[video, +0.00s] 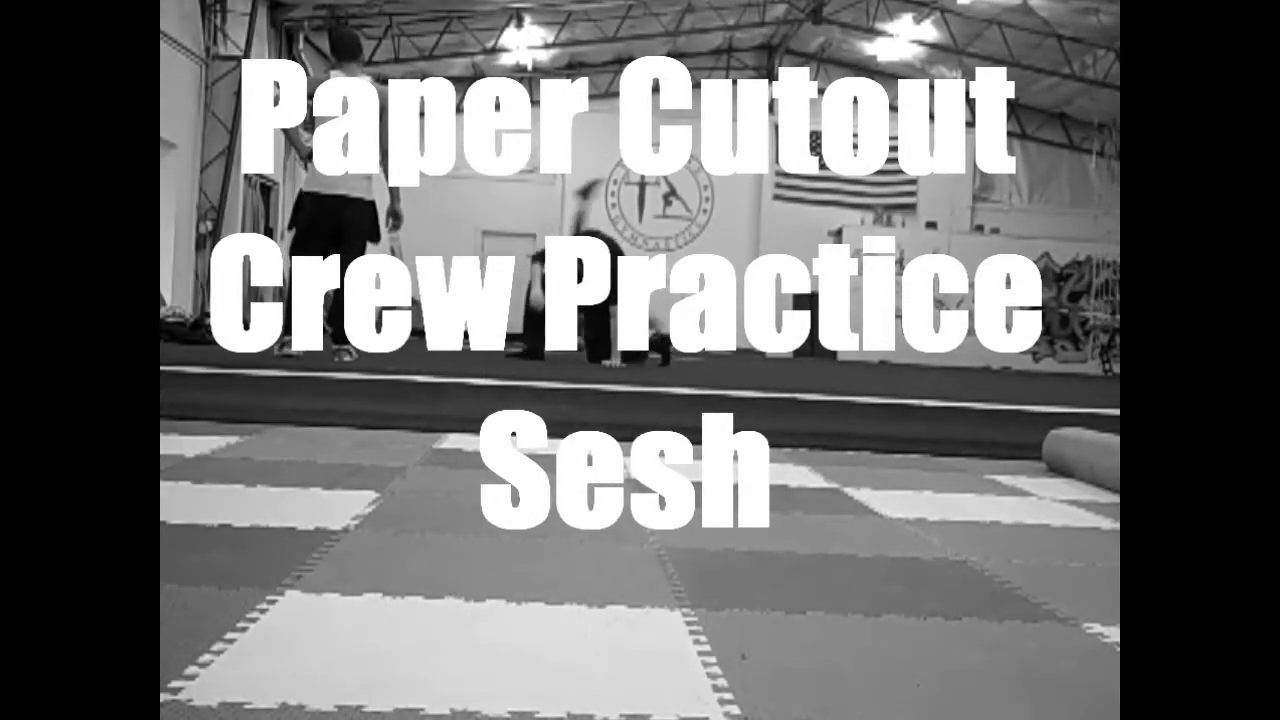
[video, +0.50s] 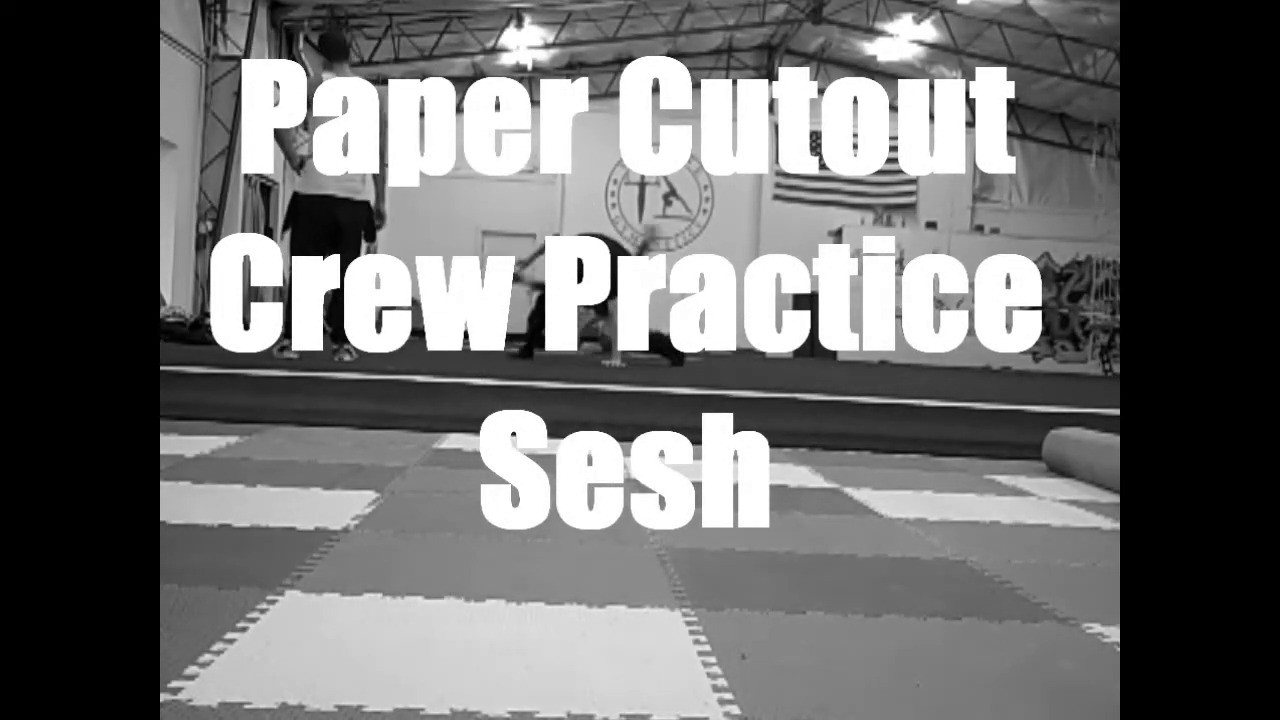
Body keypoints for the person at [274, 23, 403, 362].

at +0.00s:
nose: (329, 62)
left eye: (329, 56)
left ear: (332, 55)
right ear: (362, 53)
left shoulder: (319, 87)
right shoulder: (379, 92)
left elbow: (298, 136)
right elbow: (390, 153)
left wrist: (305, 151)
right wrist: (396, 202)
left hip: (319, 200)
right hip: (359, 203)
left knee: (300, 271)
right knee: (350, 276)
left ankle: (292, 338)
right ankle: (342, 343)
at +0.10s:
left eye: (330, 57)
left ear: (331, 55)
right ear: (361, 54)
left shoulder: (316, 87)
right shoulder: (378, 92)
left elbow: (287, 123)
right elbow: (390, 153)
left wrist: (302, 157)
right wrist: (395, 203)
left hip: (318, 200)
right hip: (358, 203)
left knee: (302, 274)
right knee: (350, 277)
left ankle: (294, 339)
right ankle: (343, 343)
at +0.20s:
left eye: (329, 58)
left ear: (330, 56)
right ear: (359, 55)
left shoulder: (315, 87)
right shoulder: (377, 92)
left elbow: (287, 124)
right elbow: (388, 153)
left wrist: (301, 156)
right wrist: (393, 203)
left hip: (317, 200)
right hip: (358, 203)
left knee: (303, 274)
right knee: (350, 277)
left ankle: (294, 340)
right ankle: (343, 344)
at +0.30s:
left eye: (327, 55)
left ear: (326, 55)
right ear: (357, 54)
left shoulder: (312, 87)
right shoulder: (375, 92)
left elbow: (283, 122)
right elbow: (386, 152)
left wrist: (298, 157)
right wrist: (390, 203)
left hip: (315, 199)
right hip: (357, 202)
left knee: (302, 274)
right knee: (350, 277)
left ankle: (292, 340)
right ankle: (344, 344)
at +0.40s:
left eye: (320, 55)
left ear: (323, 55)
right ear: (354, 54)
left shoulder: (311, 87)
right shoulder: (372, 91)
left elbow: (283, 123)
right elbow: (383, 153)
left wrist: (296, 157)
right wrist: (385, 204)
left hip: (314, 199)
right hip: (355, 203)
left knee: (303, 274)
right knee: (349, 277)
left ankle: (296, 340)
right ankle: (344, 345)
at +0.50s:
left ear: (321, 55)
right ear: (350, 54)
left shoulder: (308, 88)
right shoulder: (369, 91)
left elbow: (282, 125)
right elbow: (378, 154)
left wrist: (296, 154)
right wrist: (380, 201)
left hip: (312, 197)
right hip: (354, 200)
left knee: (302, 273)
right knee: (349, 276)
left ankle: (294, 339)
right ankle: (344, 344)